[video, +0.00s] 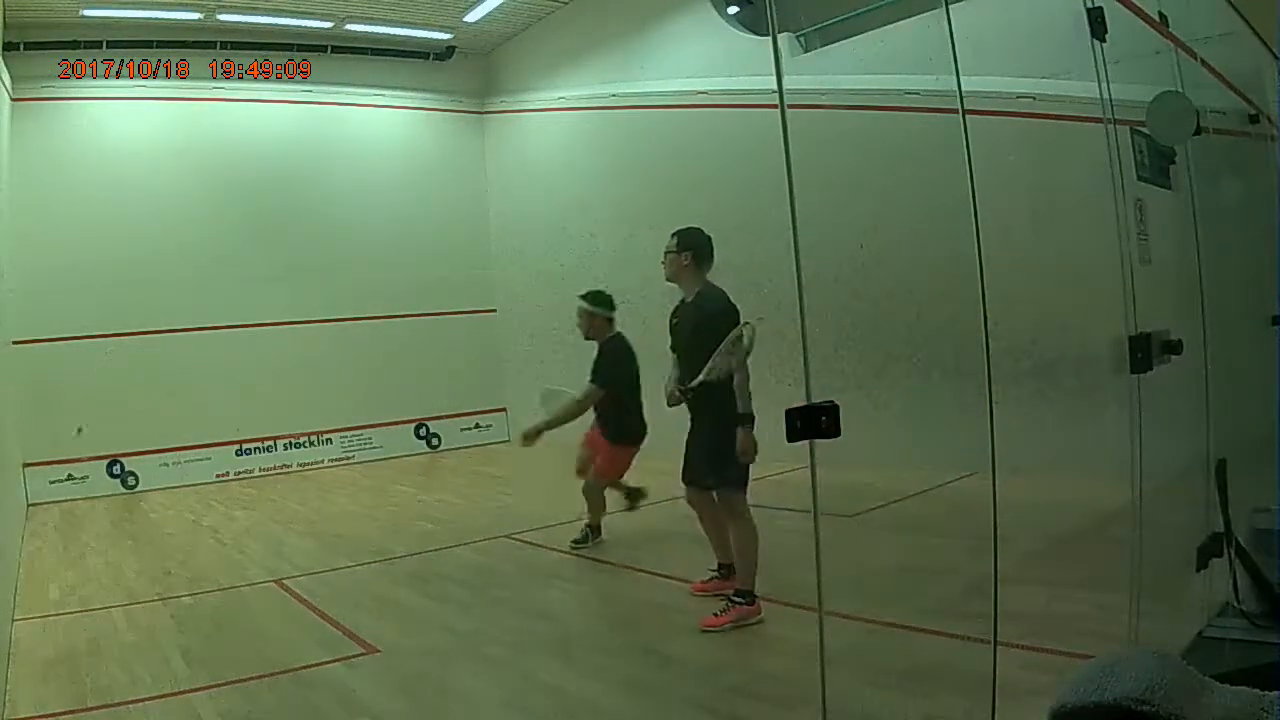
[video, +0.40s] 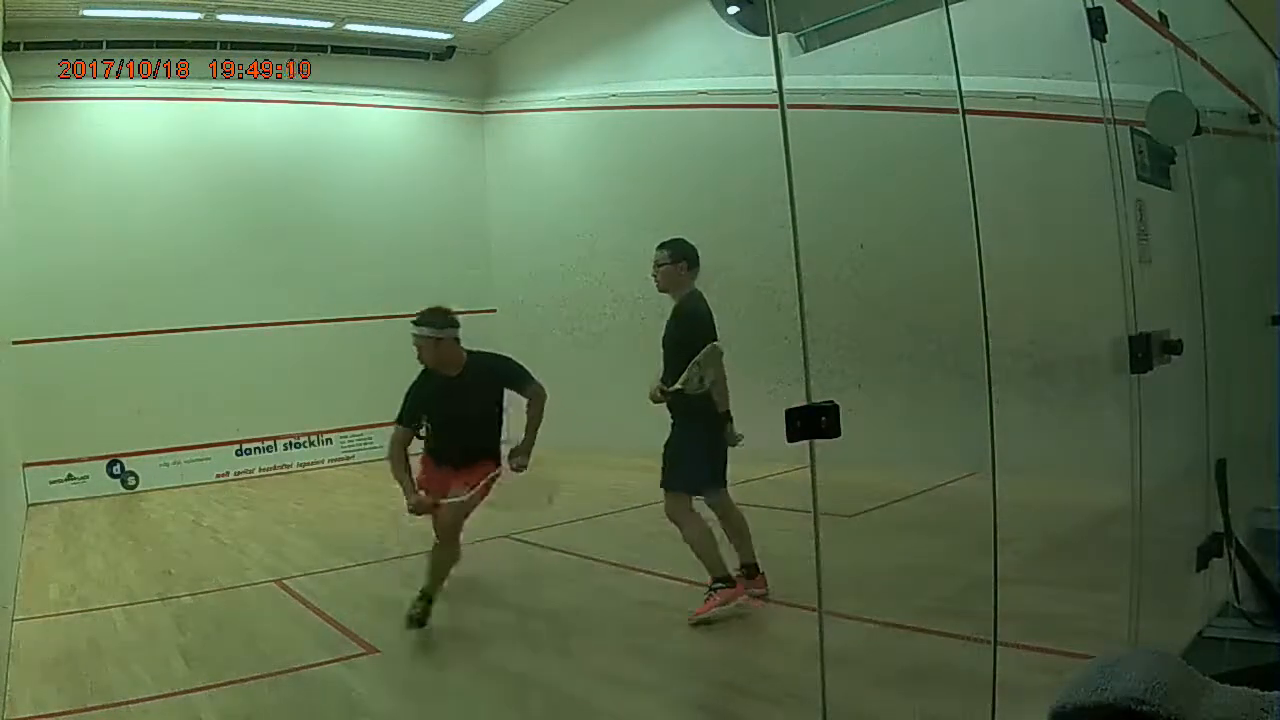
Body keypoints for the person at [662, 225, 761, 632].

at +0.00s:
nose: (663, 261)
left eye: (668, 255)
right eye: (664, 255)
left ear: (687, 259)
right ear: (686, 260)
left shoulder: (718, 306)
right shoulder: (680, 311)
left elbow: (739, 367)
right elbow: (681, 360)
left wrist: (745, 424)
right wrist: (674, 385)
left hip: (727, 418)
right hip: (702, 418)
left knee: (732, 502)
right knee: (697, 494)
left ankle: (747, 599)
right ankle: (727, 570)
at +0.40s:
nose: (655, 273)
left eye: (661, 265)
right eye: (655, 266)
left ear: (684, 269)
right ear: (679, 271)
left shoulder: (693, 311)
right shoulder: (687, 307)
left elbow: (715, 370)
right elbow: (684, 365)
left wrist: (725, 418)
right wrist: (664, 387)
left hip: (692, 424)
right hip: (705, 421)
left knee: (677, 507)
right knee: (718, 498)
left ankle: (724, 585)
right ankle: (752, 575)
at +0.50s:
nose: (643, 275)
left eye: (649, 267)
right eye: (643, 268)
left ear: (673, 270)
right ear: (669, 273)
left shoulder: (681, 310)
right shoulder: (676, 307)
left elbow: (696, 366)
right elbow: (673, 362)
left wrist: (707, 422)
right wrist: (655, 387)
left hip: (679, 421)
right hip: (695, 418)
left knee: (648, 501)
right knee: (717, 495)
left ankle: (691, 581)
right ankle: (751, 573)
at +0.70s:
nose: (607, 288)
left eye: (613, 282)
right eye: (607, 283)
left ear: (636, 286)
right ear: (632, 288)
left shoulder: (640, 326)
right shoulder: (643, 322)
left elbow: (653, 381)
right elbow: (642, 375)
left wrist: (663, 437)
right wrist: (623, 401)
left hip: (646, 434)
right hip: (674, 429)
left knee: (597, 496)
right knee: (710, 499)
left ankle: (596, 581)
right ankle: (749, 572)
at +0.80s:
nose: (569, 302)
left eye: (576, 295)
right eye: (569, 296)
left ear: (598, 298)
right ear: (595, 301)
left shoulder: (604, 340)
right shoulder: (607, 335)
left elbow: (615, 397)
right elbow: (604, 387)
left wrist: (614, 450)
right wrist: (591, 413)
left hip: (619, 440)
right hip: (646, 436)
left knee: (563, 498)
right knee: (689, 503)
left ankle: (563, 580)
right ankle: (741, 564)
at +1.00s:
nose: (489, 313)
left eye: (492, 308)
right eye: (491, 308)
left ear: (503, 314)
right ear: (520, 313)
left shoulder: (517, 353)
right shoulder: (535, 344)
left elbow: (519, 414)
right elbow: (541, 403)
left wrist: (506, 458)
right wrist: (504, 437)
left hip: (554, 446)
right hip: (581, 439)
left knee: (517, 511)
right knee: (582, 513)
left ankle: (557, 582)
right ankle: (646, 538)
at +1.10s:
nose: (464, 321)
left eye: (466, 316)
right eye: (466, 315)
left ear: (472, 319)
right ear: (495, 319)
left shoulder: (482, 359)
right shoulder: (508, 347)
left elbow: (478, 420)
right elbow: (522, 396)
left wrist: (465, 464)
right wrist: (503, 430)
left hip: (531, 445)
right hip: (554, 438)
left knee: (505, 516)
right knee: (536, 507)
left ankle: (556, 581)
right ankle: (584, 544)